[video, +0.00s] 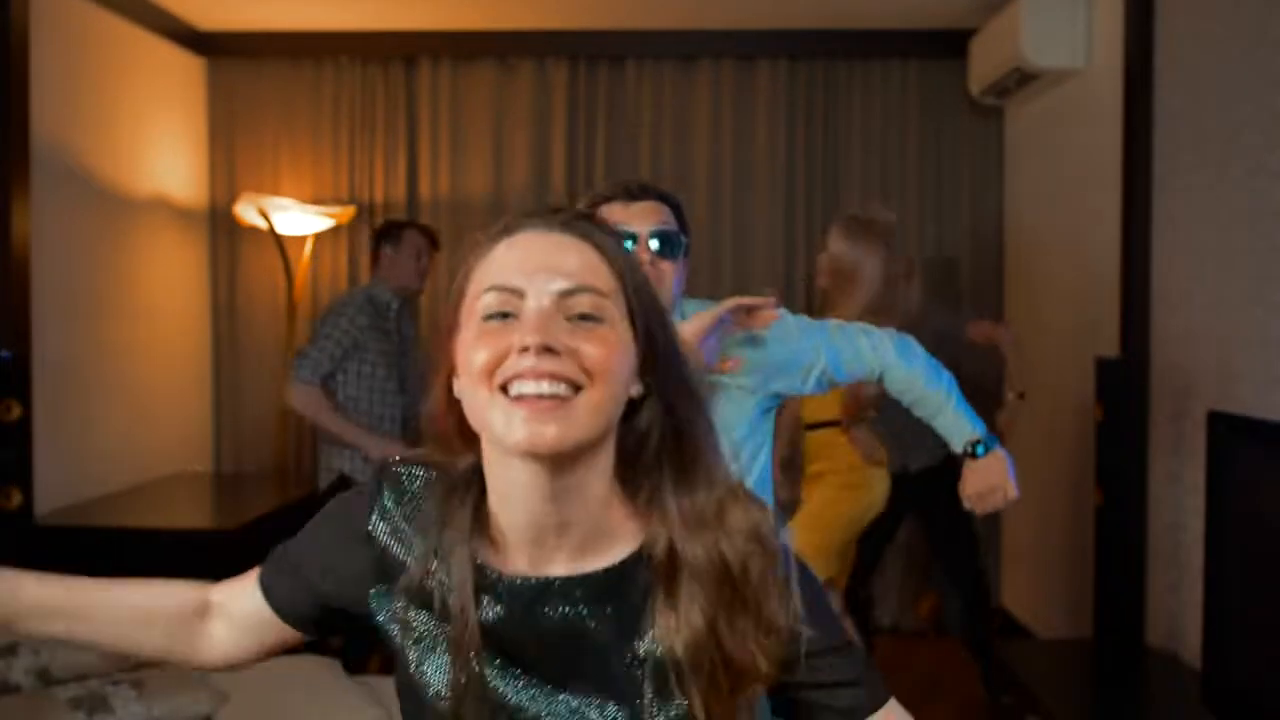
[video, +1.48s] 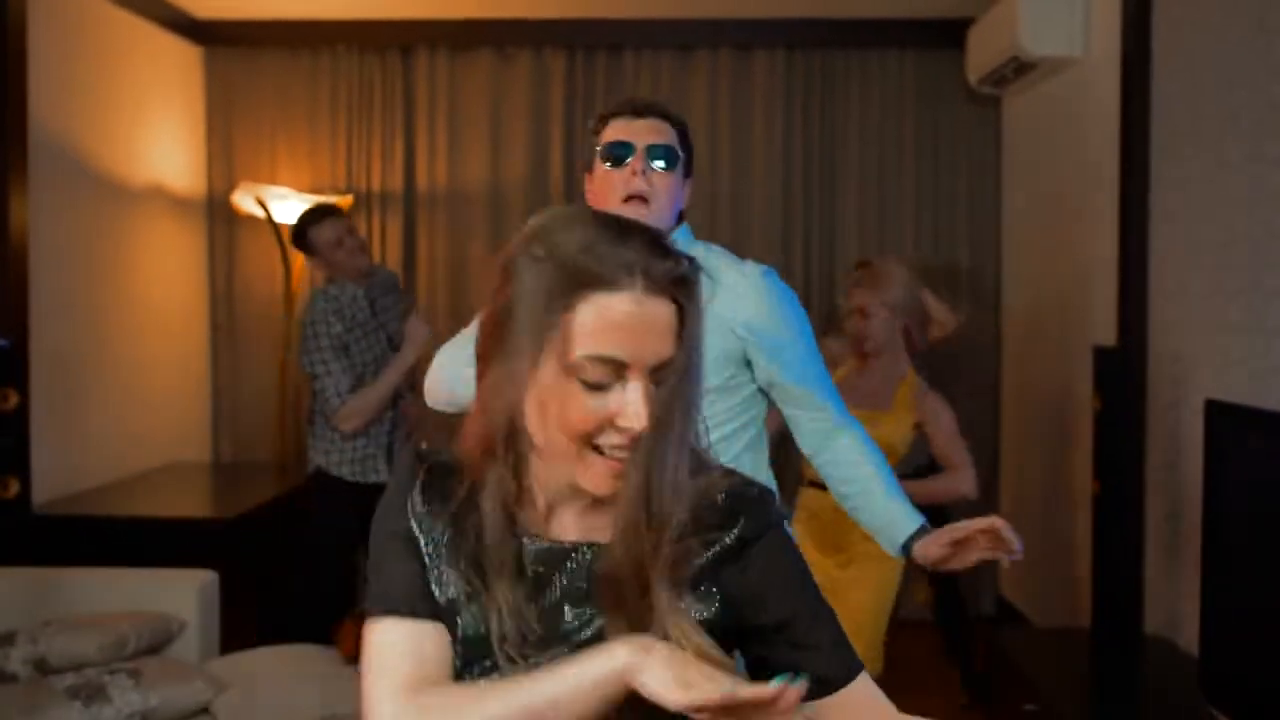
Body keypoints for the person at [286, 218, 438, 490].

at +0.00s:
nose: (425, 267)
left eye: (428, 259)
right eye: (417, 256)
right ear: (386, 256)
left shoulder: (405, 318)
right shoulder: (355, 311)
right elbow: (300, 390)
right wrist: (371, 443)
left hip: (397, 478)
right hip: (353, 480)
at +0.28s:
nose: (412, 249)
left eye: (415, 241)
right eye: (406, 237)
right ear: (374, 231)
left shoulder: (400, 307)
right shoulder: (332, 291)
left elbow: (414, 384)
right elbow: (251, 357)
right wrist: (324, 407)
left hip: (398, 476)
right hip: (350, 474)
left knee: (390, 591)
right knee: (346, 593)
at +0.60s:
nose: (381, 235)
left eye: (383, 225)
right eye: (371, 224)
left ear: (385, 231)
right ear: (336, 228)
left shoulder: (394, 301)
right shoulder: (306, 301)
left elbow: (409, 380)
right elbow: (246, 386)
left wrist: (393, 426)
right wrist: (328, 422)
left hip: (390, 473)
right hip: (324, 477)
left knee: (400, 594)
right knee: (331, 603)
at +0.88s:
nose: (354, 249)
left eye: (353, 238)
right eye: (338, 244)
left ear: (359, 241)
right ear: (309, 260)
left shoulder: (378, 305)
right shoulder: (296, 327)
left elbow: (393, 374)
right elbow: (290, 433)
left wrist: (410, 414)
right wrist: (381, 422)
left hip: (387, 482)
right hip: (326, 492)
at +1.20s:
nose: (335, 240)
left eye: (333, 228)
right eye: (319, 239)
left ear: (343, 225)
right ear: (300, 257)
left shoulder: (379, 280)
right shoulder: (302, 316)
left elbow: (392, 348)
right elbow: (335, 412)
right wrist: (401, 348)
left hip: (389, 445)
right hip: (333, 459)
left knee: (388, 577)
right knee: (328, 583)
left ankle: (368, 682)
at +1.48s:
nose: (355, 244)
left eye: (352, 232)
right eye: (339, 243)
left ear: (360, 231)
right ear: (320, 262)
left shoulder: (387, 287)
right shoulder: (324, 314)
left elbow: (407, 361)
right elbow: (346, 416)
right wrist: (411, 352)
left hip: (396, 469)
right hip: (348, 478)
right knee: (337, 601)